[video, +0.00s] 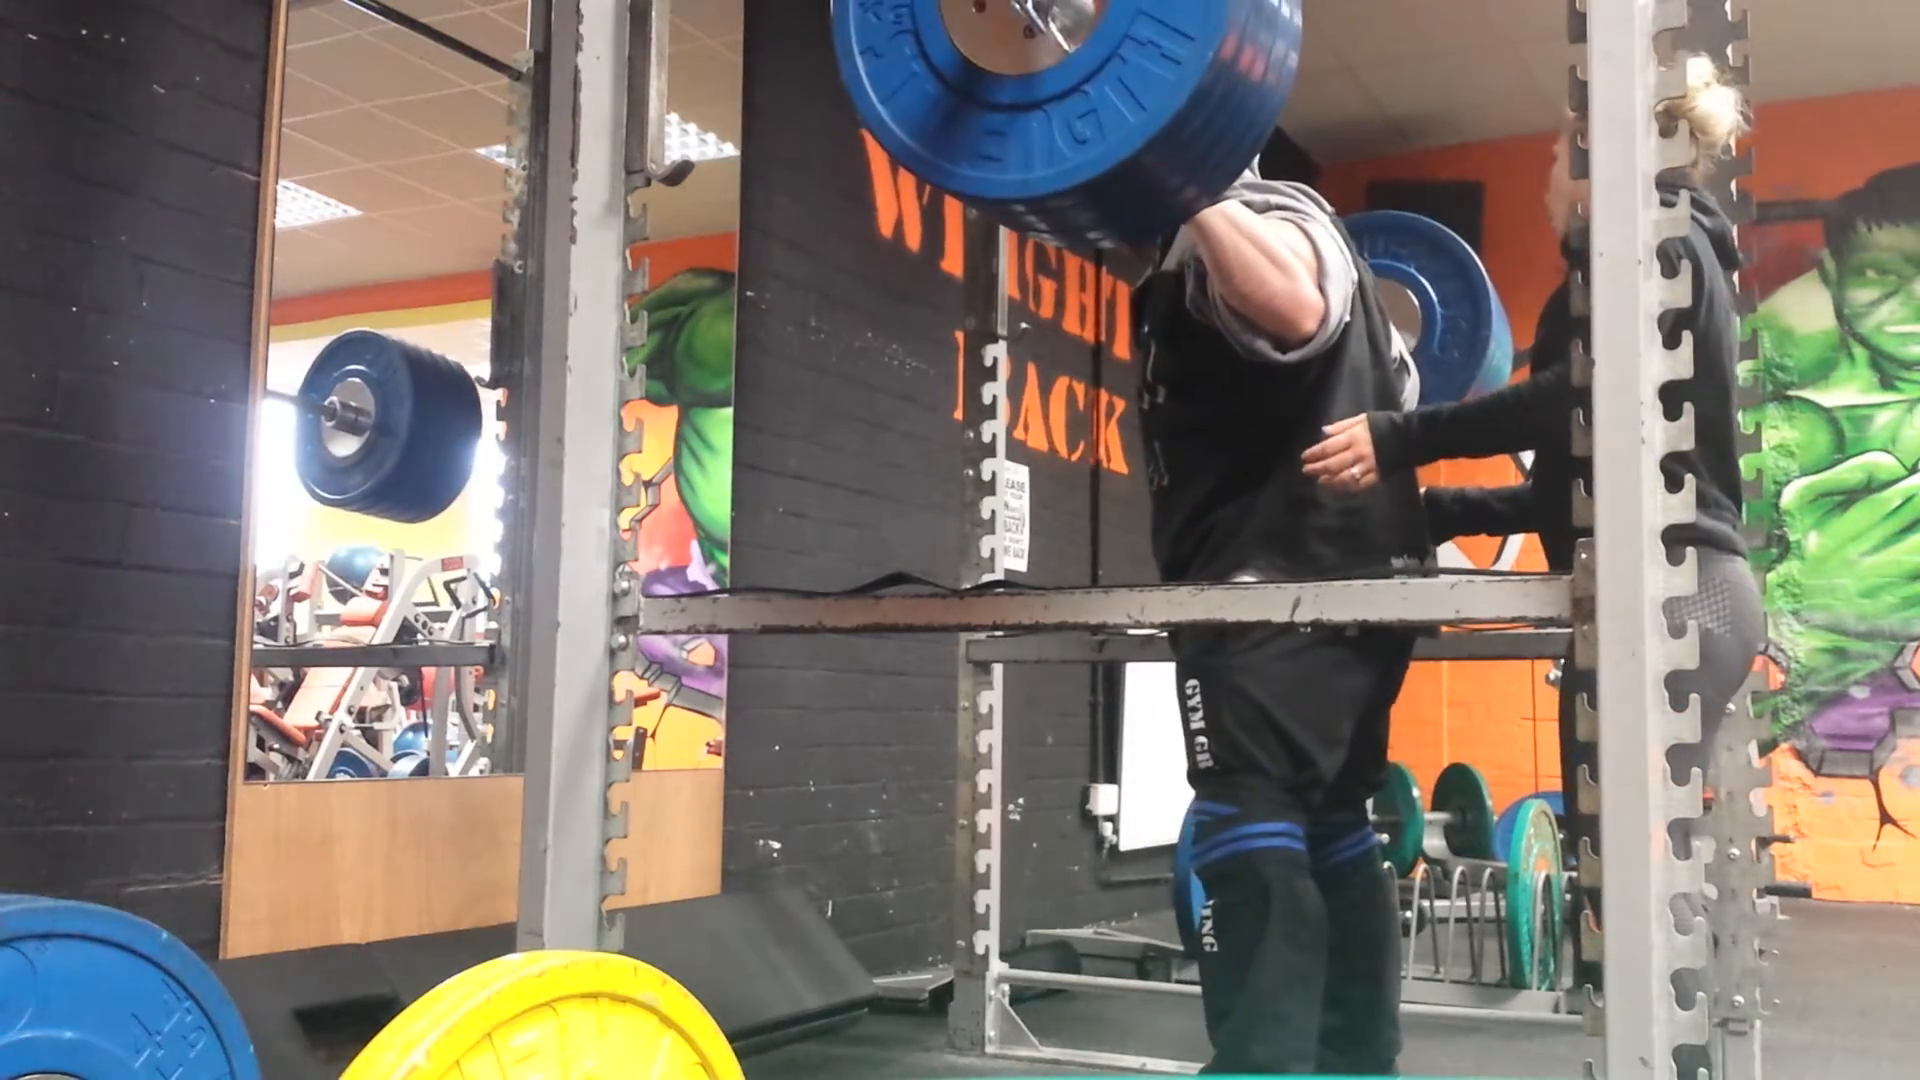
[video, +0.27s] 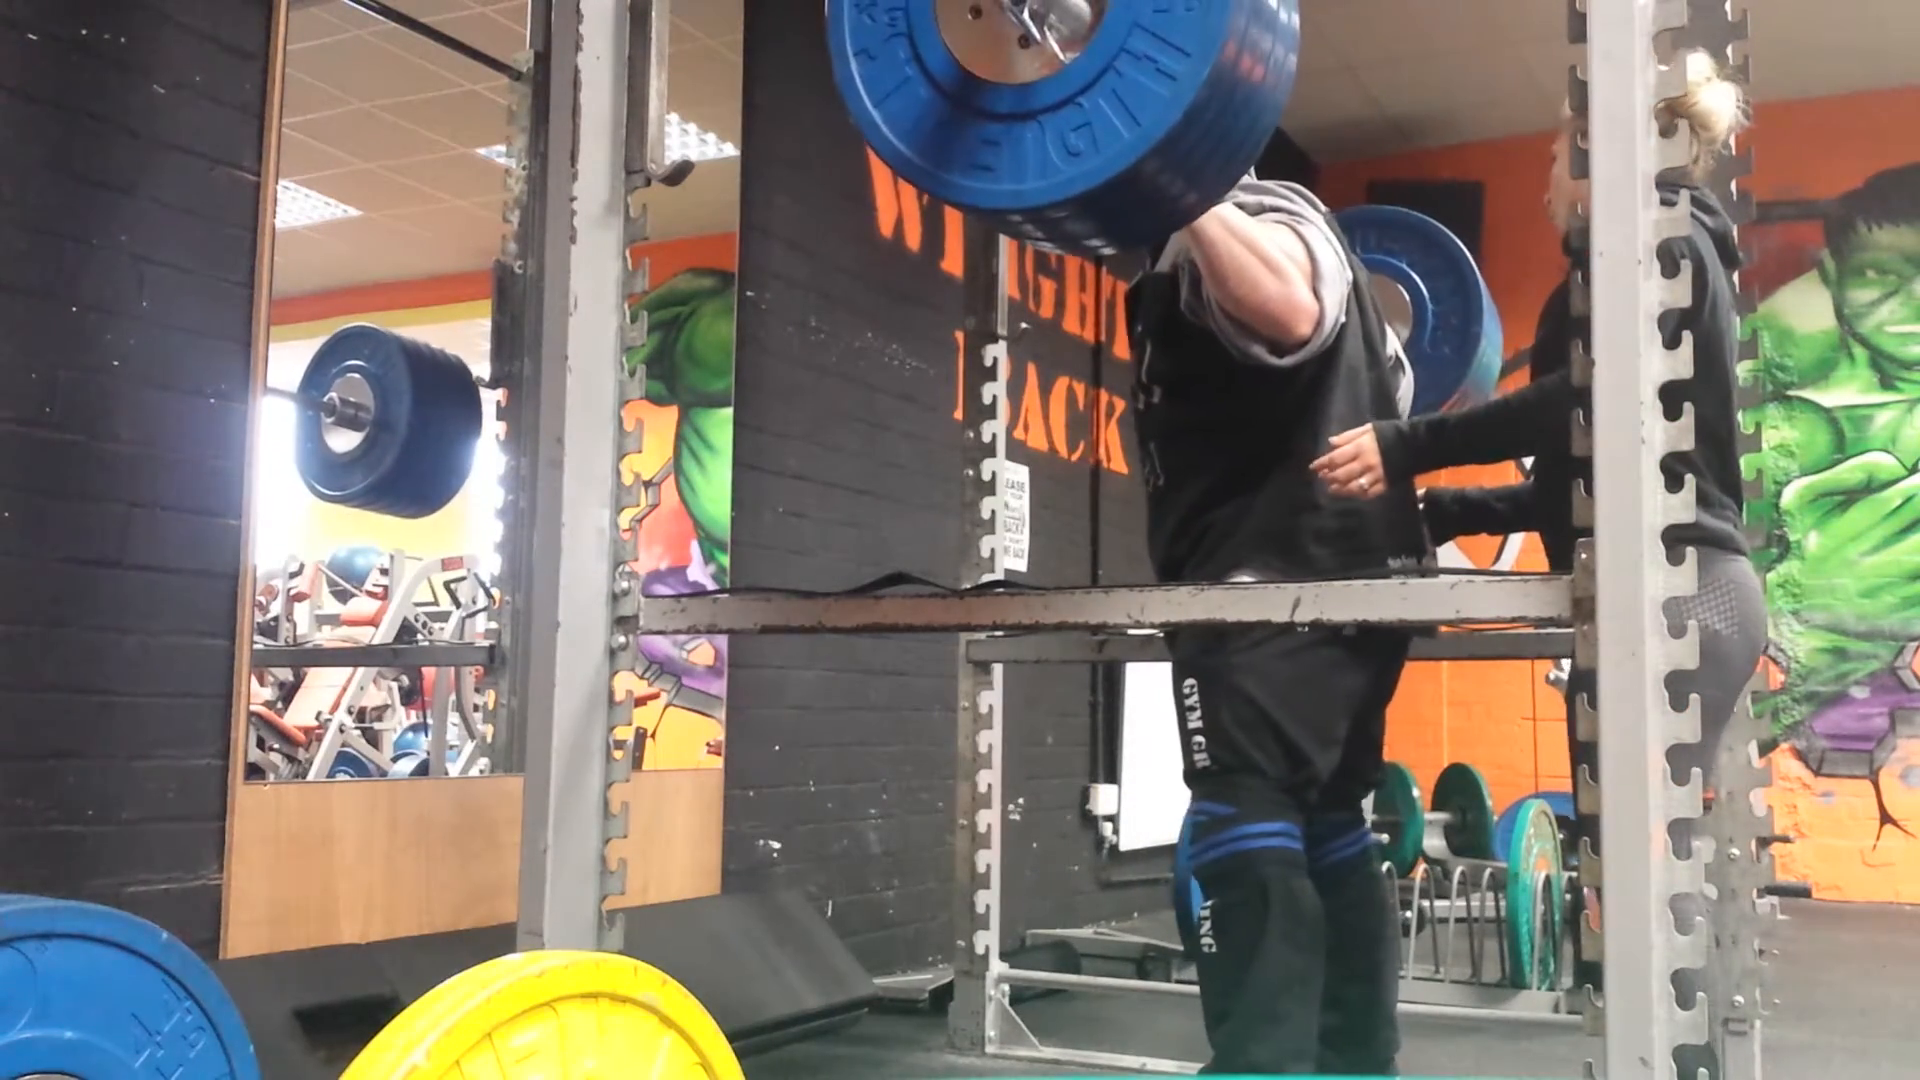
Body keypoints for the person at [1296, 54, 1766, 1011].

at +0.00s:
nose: (1552, 164)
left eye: (1567, 143)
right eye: (1561, 143)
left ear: (1604, 154)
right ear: (1647, 153)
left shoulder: (1651, 239)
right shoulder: (1650, 261)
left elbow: (1581, 393)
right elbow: (1582, 494)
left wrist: (1402, 438)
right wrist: (1424, 509)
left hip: (1668, 587)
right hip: (1670, 589)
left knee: (1628, 853)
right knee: (1630, 852)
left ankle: (1651, 1052)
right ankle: (1657, 1049)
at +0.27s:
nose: (1548, 182)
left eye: (1560, 161)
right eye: (1554, 161)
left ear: (1597, 166)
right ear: (1628, 164)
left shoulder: (1648, 245)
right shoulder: (1646, 268)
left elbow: (1580, 399)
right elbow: (1585, 493)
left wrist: (1405, 448)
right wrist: (1437, 511)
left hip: (1674, 585)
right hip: (1686, 586)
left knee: (1628, 844)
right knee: (1643, 845)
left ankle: (1652, 1055)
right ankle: (1670, 1052)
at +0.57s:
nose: (1544, 167)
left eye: (1556, 145)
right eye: (1551, 146)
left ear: (1601, 149)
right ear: (1628, 151)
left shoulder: (1640, 241)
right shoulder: (1669, 253)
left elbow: (1559, 396)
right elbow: (1575, 479)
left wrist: (1385, 436)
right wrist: (1422, 495)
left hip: (1658, 584)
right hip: (1693, 582)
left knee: (1614, 842)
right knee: (1628, 842)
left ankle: (1644, 1051)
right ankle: (1651, 1048)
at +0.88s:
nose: (1517, 191)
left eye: (1527, 166)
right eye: (1518, 169)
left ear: (1580, 157)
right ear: (1581, 163)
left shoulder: (1621, 262)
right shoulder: (1591, 282)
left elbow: (1576, 424)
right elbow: (1563, 477)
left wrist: (1401, 465)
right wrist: (1435, 514)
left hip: (1619, 591)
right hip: (1593, 589)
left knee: (1566, 816)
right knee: (1563, 816)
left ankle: (1624, 1041)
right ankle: (1616, 1037)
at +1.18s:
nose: (1465, 247)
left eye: (1473, 216)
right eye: (1464, 222)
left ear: (1537, 197)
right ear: (1548, 202)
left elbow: (1533, 458)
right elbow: (1572, 535)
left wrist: (1371, 535)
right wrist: (1445, 580)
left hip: (1686, 625)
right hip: (1728, 620)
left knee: (1559, 848)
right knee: (1574, 850)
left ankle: (1633, 1062)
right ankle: (1647, 1060)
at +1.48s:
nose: (1469, 271)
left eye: (1479, 242)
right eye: (1468, 247)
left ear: (1541, 223)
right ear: (1543, 228)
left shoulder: (1598, 323)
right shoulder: (1595, 322)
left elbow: (1577, 503)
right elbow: (1554, 506)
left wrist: (1393, 569)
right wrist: (1399, 562)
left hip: (1729, 647)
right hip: (1704, 646)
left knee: (1564, 848)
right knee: (1556, 844)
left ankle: (1660, 1056)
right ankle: (1661, 1050)